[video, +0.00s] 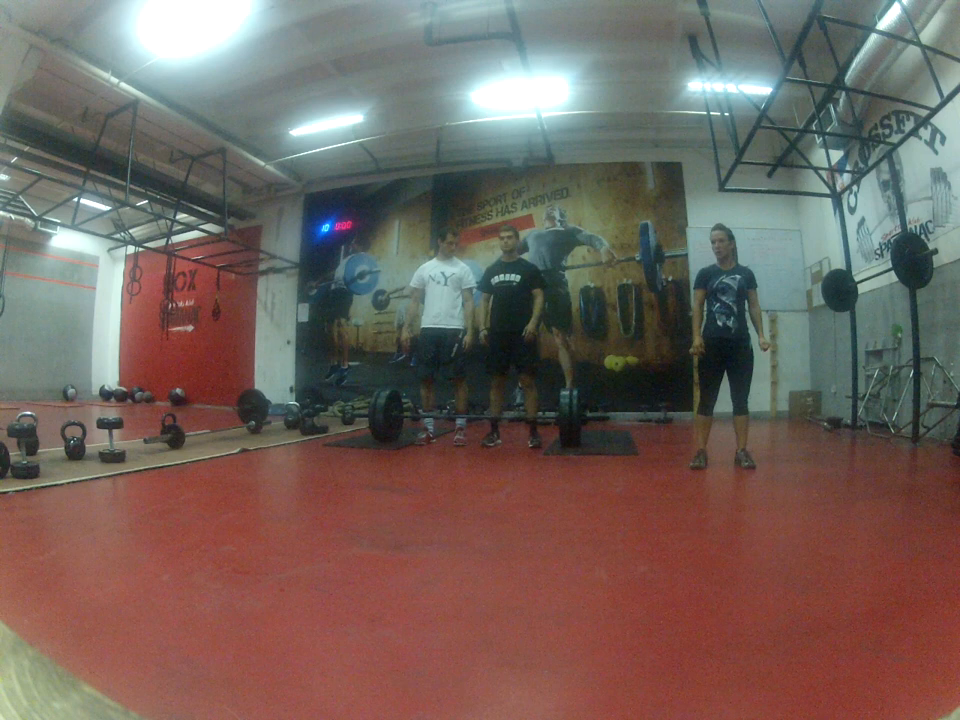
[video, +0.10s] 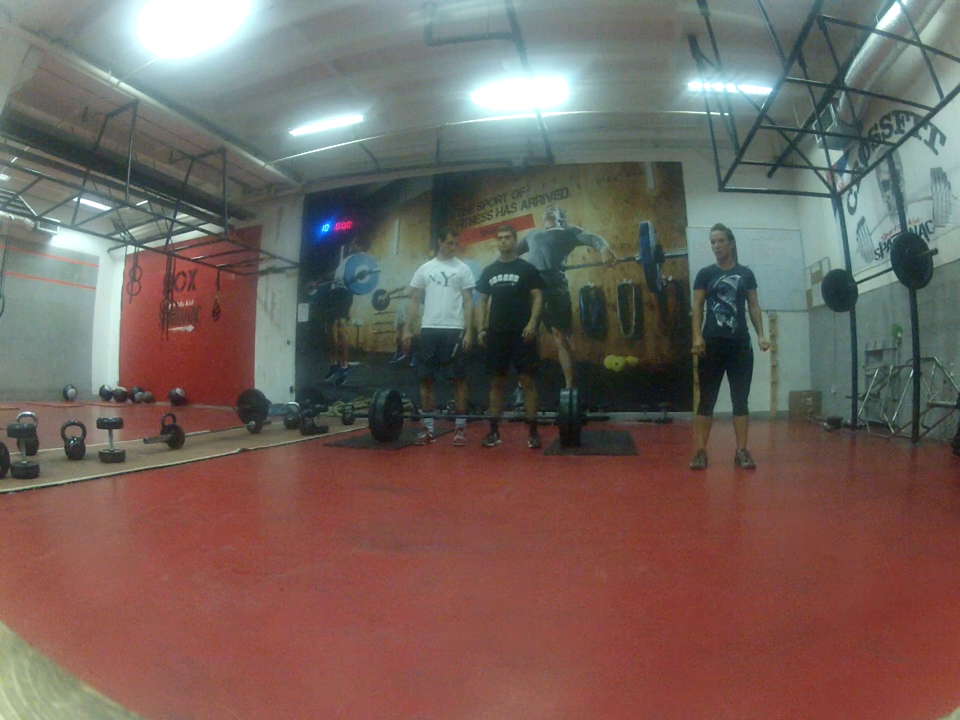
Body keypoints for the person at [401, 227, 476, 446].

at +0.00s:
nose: (452, 247)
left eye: (455, 243)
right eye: (449, 243)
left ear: (457, 245)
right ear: (439, 242)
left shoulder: (463, 269)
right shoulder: (424, 269)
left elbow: (468, 302)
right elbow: (414, 300)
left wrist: (470, 331)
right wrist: (406, 327)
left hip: (455, 330)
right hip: (428, 330)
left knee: (459, 379)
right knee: (426, 379)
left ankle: (460, 428)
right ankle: (428, 429)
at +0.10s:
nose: (452, 247)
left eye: (455, 243)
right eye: (449, 243)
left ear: (457, 245)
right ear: (439, 243)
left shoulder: (463, 269)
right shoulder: (425, 269)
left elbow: (468, 302)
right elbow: (414, 300)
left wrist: (469, 331)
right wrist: (407, 328)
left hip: (455, 331)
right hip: (428, 330)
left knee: (459, 379)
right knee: (426, 380)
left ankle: (460, 428)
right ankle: (428, 429)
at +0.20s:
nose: (452, 246)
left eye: (455, 243)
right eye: (449, 242)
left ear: (457, 245)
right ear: (439, 242)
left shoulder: (464, 269)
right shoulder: (426, 268)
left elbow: (469, 302)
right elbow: (415, 300)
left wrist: (468, 332)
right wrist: (408, 329)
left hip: (456, 331)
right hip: (429, 330)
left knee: (459, 379)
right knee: (426, 380)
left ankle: (460, 428)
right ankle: (427, 428)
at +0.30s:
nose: (450, 245)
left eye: (453, 241)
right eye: (447, 241)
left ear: (458, 244)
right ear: (439, 242)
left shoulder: (465, 269)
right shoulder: (427, 268)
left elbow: (470, 302)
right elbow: (416, 300)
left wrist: (469, 333)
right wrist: (409, 329)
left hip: (456, 332)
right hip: (430, 331)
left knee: (459, 380)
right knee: (426, 380)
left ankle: (460, 428)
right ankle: (427, 428)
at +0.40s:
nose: (447, 245)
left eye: (450, 241)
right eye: (443, 241)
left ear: (457, 244)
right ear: (438, 243)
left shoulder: (465, 270)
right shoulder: (427, 270)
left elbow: (470, 304)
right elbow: (417, 302)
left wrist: (470, 334)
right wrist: (410, 330)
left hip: (456, 333)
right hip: (429, 332)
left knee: (459, 381)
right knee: (426, 381)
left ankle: (460, 429)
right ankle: (427, 429)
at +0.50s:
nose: (444, 245)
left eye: (448, 241)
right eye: (441, 241)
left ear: (454, 244)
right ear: (435, 243)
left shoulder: (463, 270)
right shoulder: (426, 271)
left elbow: (470, 304)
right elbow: (416, 302)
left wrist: (470, 334)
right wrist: (410, 331)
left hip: (455, 333)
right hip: (428, 332)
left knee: (459, 382)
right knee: (426, 381)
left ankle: (460, 429)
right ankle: (427, 429)